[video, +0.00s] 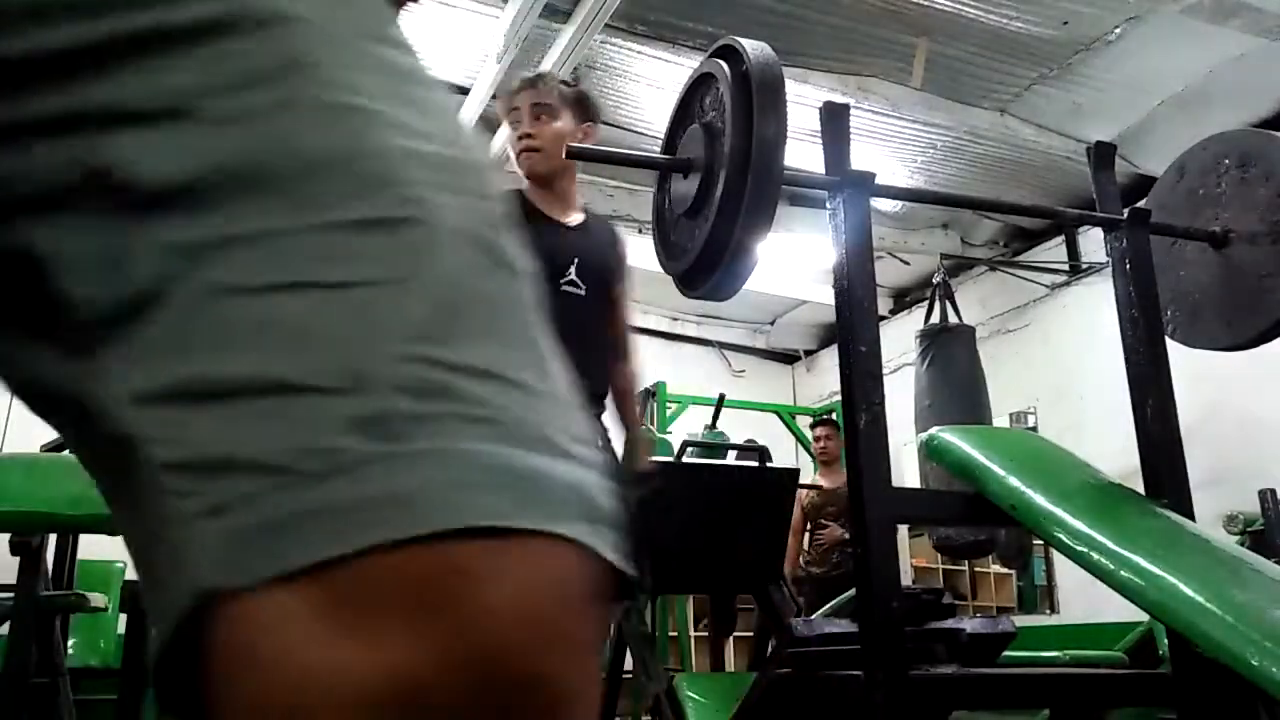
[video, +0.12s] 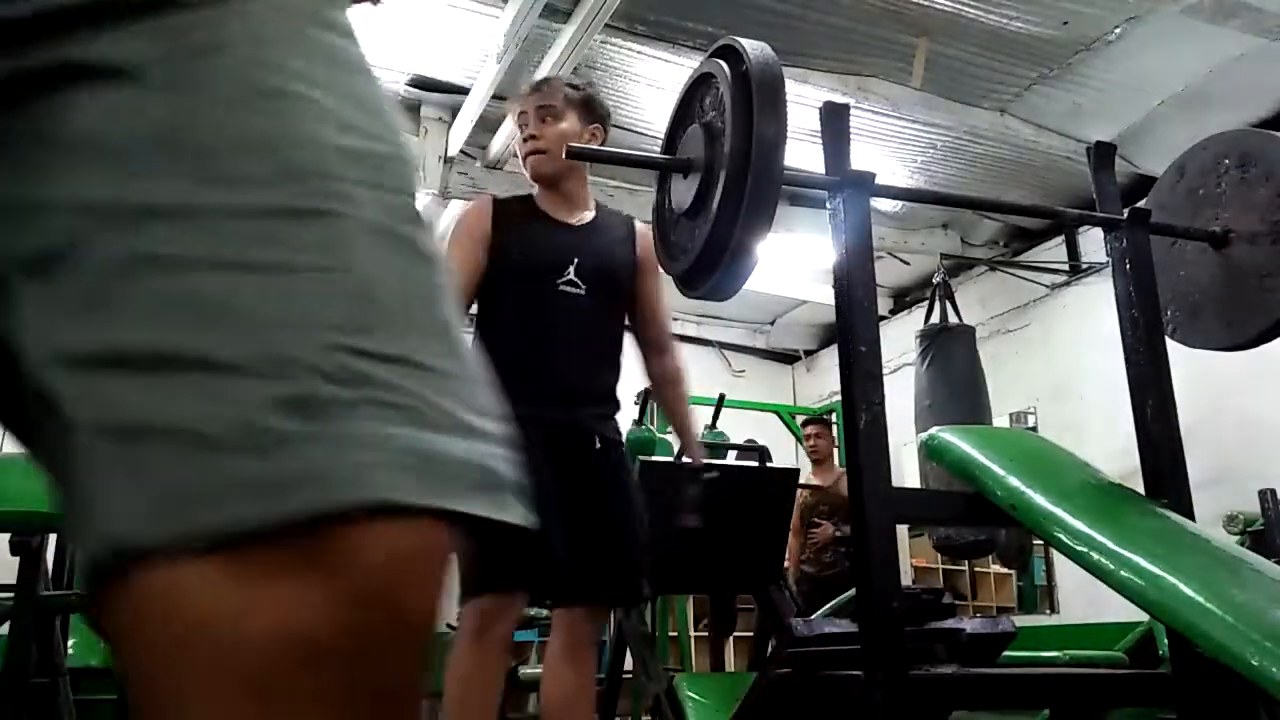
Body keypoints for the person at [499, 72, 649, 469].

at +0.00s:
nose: (525, 131)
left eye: (543, 115)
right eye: (516, 121)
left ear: (584, 134)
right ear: (507, 138)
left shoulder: (604, 239)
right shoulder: (493, 220)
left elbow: (616, 353)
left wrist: (635, 434)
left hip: (579, 428)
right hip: (497, 419)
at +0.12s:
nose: (529, 131)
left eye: (547, 117)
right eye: (522, 121)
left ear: (591, 133)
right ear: (514, 140)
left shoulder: (632, 240)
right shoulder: (487, 219)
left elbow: (661, 354)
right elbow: (434, 333)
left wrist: (693, 451)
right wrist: (427, 435)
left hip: (592, 450)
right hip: (498, 440)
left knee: (580, 624)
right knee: (489, 617)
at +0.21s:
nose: (524, 133)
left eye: (542, 118)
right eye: (518, 124)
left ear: (589, 133)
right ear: (514, 144)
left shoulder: (633, 236)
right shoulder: (488, 224)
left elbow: (674, 352)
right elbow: (431, 337)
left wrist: (712, 454)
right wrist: (398, 437)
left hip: (593, 457)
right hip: (498, 449)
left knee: (577, 629)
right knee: (469, 616)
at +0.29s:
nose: (514, 133)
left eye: (533, 118)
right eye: (510, 123)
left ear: (581, 135)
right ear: (508, 143)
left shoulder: (631, 233)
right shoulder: (484, 228)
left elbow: (672, 344)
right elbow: (432, 344)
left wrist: (705, 444)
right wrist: (420, 438)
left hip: (592, 456)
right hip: (495, 448)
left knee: (576, 630)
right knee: (460, 615)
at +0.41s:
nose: (494, 135)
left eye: (512, 119)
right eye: (493, 125)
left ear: (561, 134)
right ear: (494, 145)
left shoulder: (615, 230)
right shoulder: (467, 230)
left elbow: (652, 333)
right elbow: (437, 350)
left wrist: (659, 431)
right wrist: (423, 443)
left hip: (581, 452)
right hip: (484, 448)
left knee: (573, 628)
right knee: (460, 624)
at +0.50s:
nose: (478, 132)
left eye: (495, 117)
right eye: (478, 121)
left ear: (543, 134)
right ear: (482, 142)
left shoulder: (597, 228)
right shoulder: (449, 234)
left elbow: (628, 328)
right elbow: (431, 348)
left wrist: (622, 421)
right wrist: (413, 446)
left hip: (569, 448)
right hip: (470, 446)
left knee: (568, 631)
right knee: (455, 630)